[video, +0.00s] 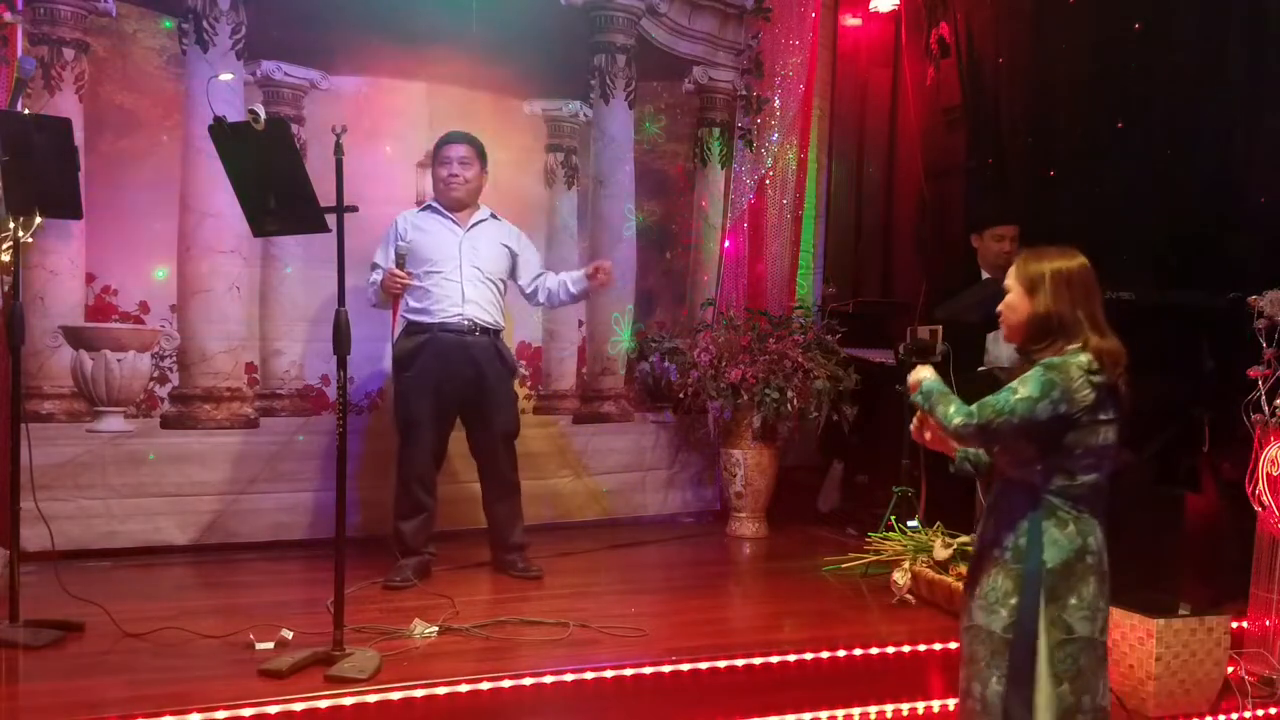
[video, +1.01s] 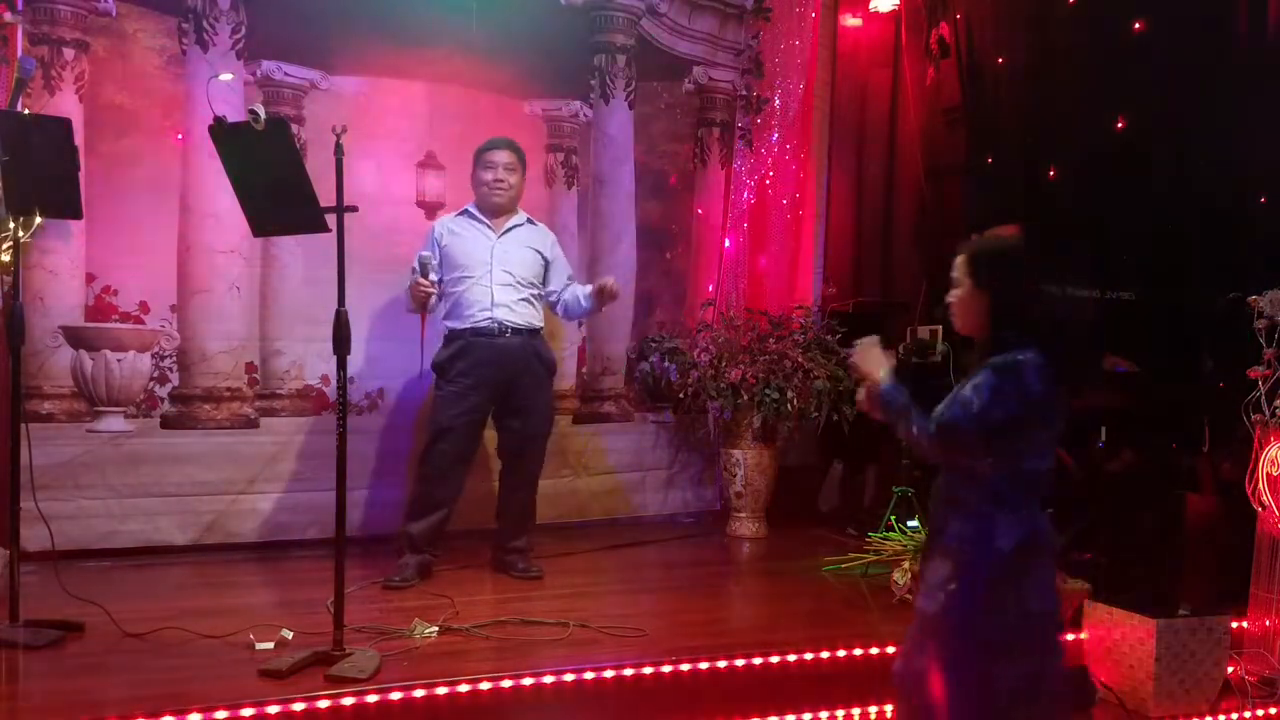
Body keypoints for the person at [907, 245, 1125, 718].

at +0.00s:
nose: (999, 308)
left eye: (1010, 295)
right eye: (1003, 295)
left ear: (1046, 303)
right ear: (1052, 306)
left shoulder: (1063, 373)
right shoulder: (1087, 371)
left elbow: (967, 424)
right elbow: (1027, 461)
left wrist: (926, 382)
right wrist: (951, 449)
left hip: (1041, 535)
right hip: (1069, 530)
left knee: (1016, 673)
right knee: (1051, 672)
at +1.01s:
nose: (949, 298)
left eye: (958, 286)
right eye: (952, 286)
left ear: (994, 293)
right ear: (994, 296)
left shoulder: (1009, 373)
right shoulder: (1019, 368)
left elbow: (935, 441)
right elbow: (949, 438)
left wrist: (885, 379)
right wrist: (891, 411)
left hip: (984, 560)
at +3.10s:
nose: (614, 301)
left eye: (618, 290)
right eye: (617, 290)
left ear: (633, 295)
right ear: (679, 292)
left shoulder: (648, 358)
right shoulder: (699, 349)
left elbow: (640, 453)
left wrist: (627, 501)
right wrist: (605, 380)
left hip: (684, 510)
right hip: (731, 503)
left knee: (674, 636)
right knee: (720, 638)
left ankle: (678, 712)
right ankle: (720, 711)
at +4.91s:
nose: (418, 234)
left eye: (439, 218)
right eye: (406, 221)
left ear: (484, 241)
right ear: (393, 242)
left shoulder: (525, 363)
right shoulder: (378, 355)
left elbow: (560, 504)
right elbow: (336, 480)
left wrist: (562, 627)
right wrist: (287, 593)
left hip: (472, 592)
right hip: (374, 591)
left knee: (455, 709)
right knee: (354, 709)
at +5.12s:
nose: (349, 237)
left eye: (373, 219)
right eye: (336, 222)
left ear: (419, 239)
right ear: (322, 241)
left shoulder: (470, 365)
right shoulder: (306, 358)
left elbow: (505, 528)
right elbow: (246, 490)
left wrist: (505, 665)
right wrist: (183, 592)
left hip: (412, 627)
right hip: (310, 624)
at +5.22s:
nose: (319, 234)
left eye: (347, 216)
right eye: (302, 215)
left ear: (387, 242)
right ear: (279, 239)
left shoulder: (426, 375)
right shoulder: (257, 366)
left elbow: (465, 536)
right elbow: (204, 501)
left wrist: (468, 679)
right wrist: (141, 615)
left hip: (372, 633)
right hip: (260, 629)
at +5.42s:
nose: (214, 202)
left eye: (246, 183)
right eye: (195, 179)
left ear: (295, 211)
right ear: (169, 201)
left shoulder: (333, 374)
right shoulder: (147, 363)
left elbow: (354, 559)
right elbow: (108, 519)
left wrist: (337, 698)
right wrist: (58, 653)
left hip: (277, 683)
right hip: (139, 675)